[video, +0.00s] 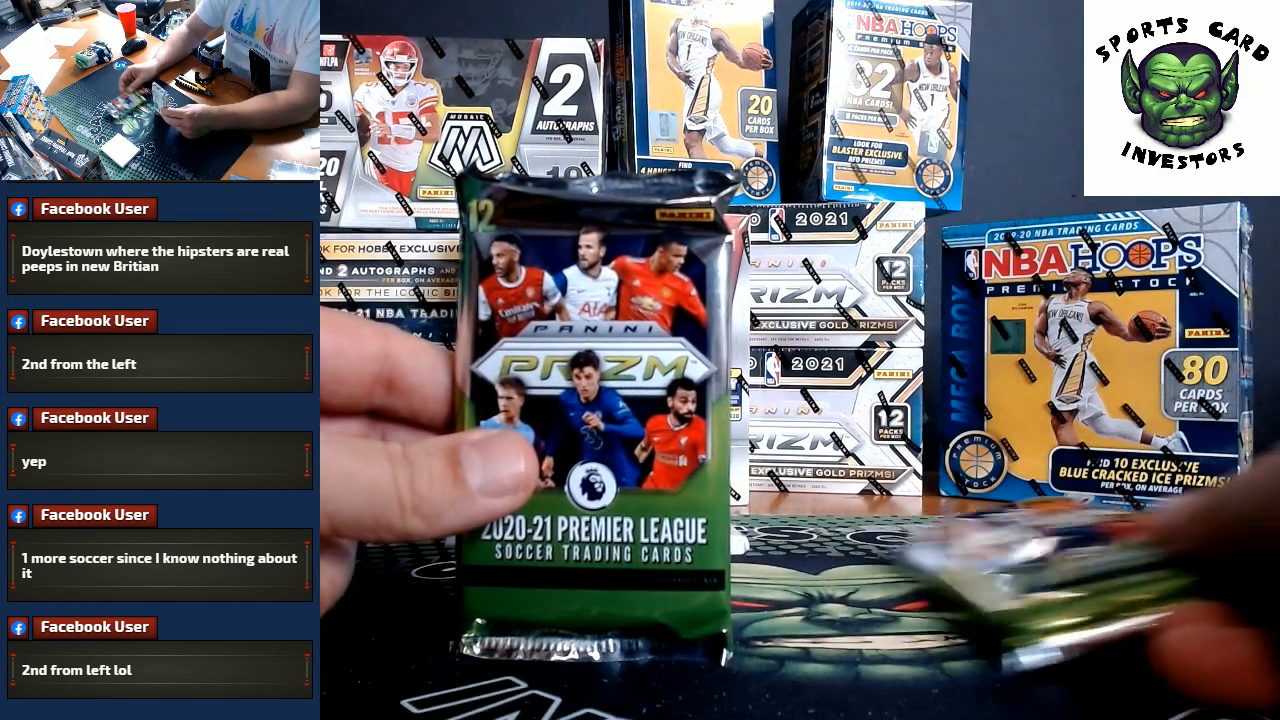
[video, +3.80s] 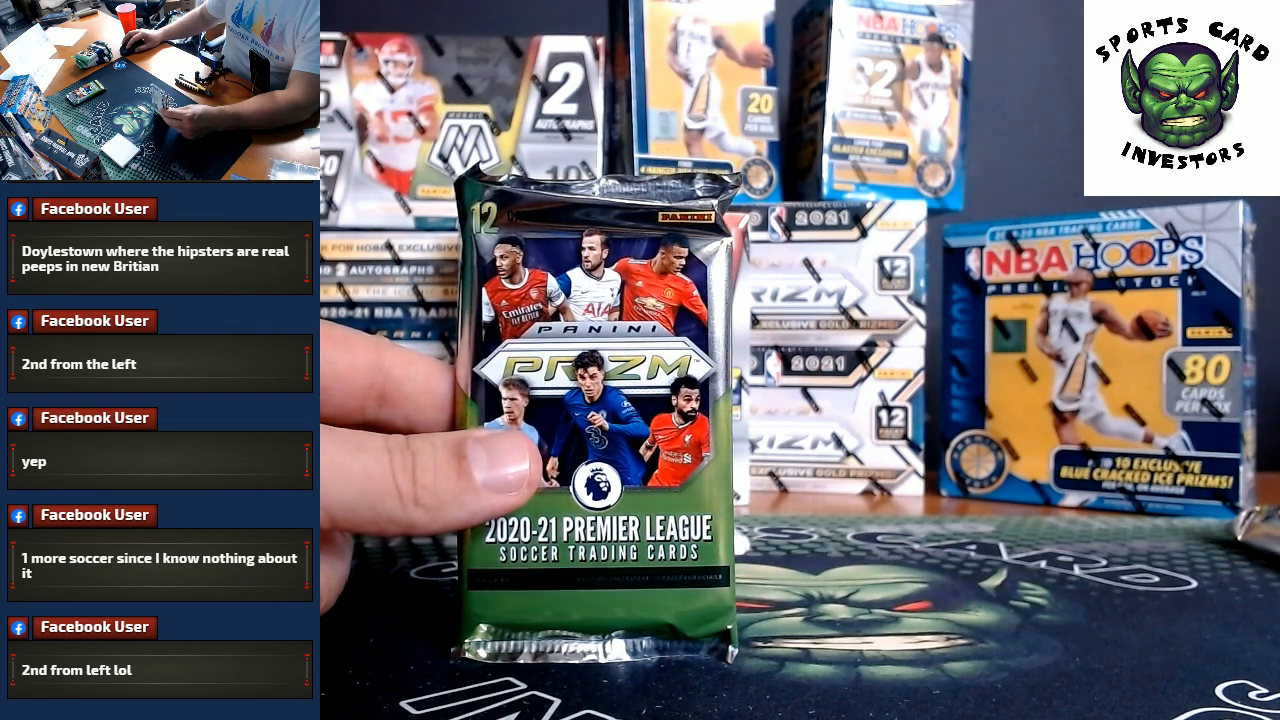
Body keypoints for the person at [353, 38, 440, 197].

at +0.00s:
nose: (399, 71)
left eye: (404, 67)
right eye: (393, 66)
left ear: (412, 68)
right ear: (384, 66)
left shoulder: (423, 92)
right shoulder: (366, 91)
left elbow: (433, 132)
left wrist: (392, 130)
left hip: (405, 172)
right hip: (376, 168)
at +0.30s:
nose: (399, 71)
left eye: (405, 65)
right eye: (393, 64)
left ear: (412, 66)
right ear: (382, 65)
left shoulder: (421, 91)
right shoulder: (365, 91)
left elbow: (432, 131)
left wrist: (392, 129)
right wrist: (365, 129)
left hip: (404, 172)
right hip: (373, 168)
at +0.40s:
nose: (398, 70)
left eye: (404, 64)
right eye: (392, 63)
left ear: (412, 65)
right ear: (381, 64)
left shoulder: (423, 89)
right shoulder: (364, 90)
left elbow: (432, 130)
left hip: (404, 168)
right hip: (372, 164)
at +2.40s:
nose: (399, 70)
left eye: (405, 65)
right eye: (393, 64)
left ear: (413, 66)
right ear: (382, 64)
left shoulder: (423, 90)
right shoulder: (365, 90)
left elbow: (432, 130)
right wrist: (370, 126)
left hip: (405, 170)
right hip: (374, 165)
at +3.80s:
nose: (399, 71)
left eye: (405, 65)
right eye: (394, 64)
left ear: (412, 66)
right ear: (382, 64)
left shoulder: (421, 91)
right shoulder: (365, 90)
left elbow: (433, 130)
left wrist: (419, 128)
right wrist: (370, 126)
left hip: (405, 170)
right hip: (374, 166)